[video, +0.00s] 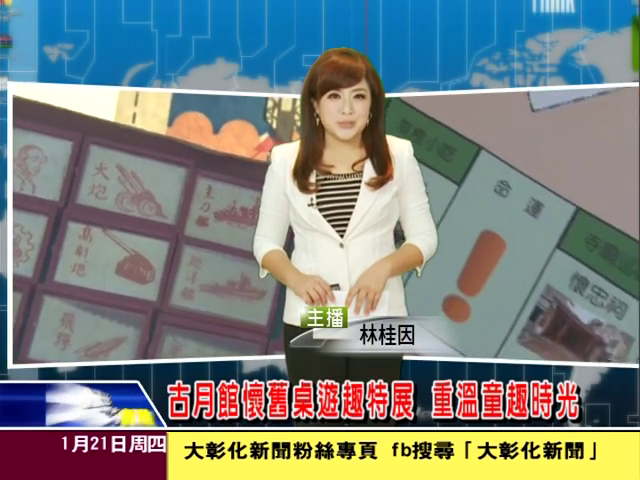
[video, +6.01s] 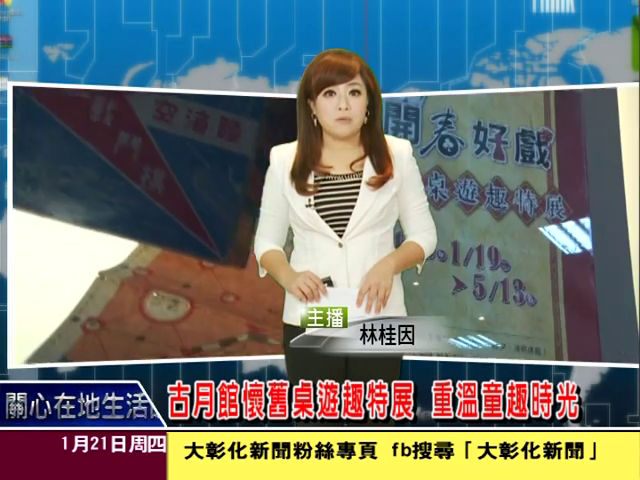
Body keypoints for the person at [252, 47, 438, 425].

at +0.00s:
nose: (347, 109)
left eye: (359, 97)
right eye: (334, 97)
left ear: (373, 104)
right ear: (315, 105)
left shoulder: (396, 155)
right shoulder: (287, 160)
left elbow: (424, 239)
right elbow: (265, 243)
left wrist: (383, 267)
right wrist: (297, 279)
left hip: (379, 323)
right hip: (309, 323)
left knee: (377, 439)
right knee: (314, 438)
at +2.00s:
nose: (343, 105)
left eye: (355, 94)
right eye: (330, 94)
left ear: (370, 103)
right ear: (312, 104)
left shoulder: (395, 155)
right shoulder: (286, 159)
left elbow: (422, 237)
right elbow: (268, 242)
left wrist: (389, 265)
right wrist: (289, 273)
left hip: (376, 326)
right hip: (307, 324)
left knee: (375, 441)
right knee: (313, 440)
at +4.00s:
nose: (345, 104)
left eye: (356, 92)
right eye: (332, 93)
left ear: (370, 101)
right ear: (313, 104)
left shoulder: (396, 155)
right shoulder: (287, 159)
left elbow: (424, 237)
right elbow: (268, 242)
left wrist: (389, 265)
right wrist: (290, 274)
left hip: (378, 324)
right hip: (308, 323)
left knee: (375, 440)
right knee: (313, 439)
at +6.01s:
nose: (343, 104)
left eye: (354, 93)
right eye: (330, 94)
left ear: (369, 102)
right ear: (311, 105)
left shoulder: (395, 155)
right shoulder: (286, 160)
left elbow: (424, 236)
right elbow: (266, 242)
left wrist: (389, 265)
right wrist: (290, 276)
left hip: (378, 324)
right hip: (309, 323)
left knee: (376, 439)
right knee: (314, 439)